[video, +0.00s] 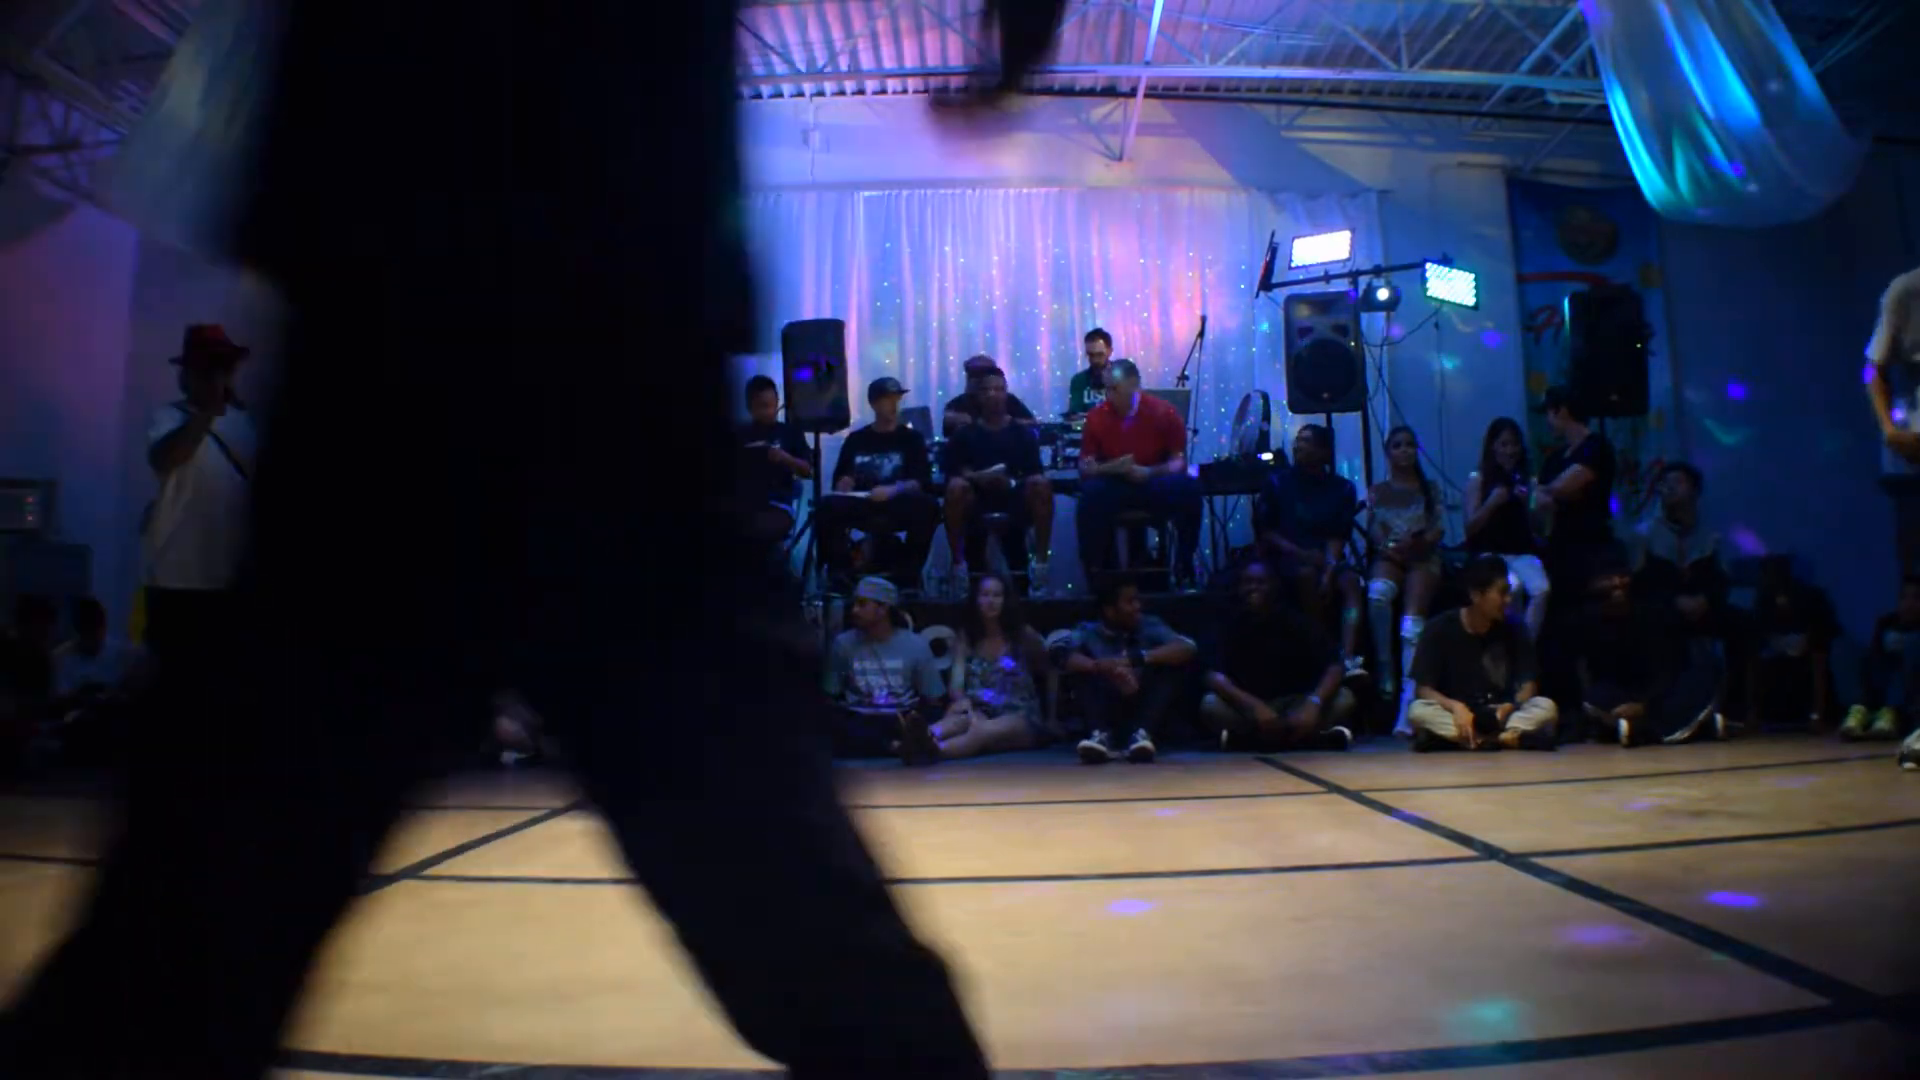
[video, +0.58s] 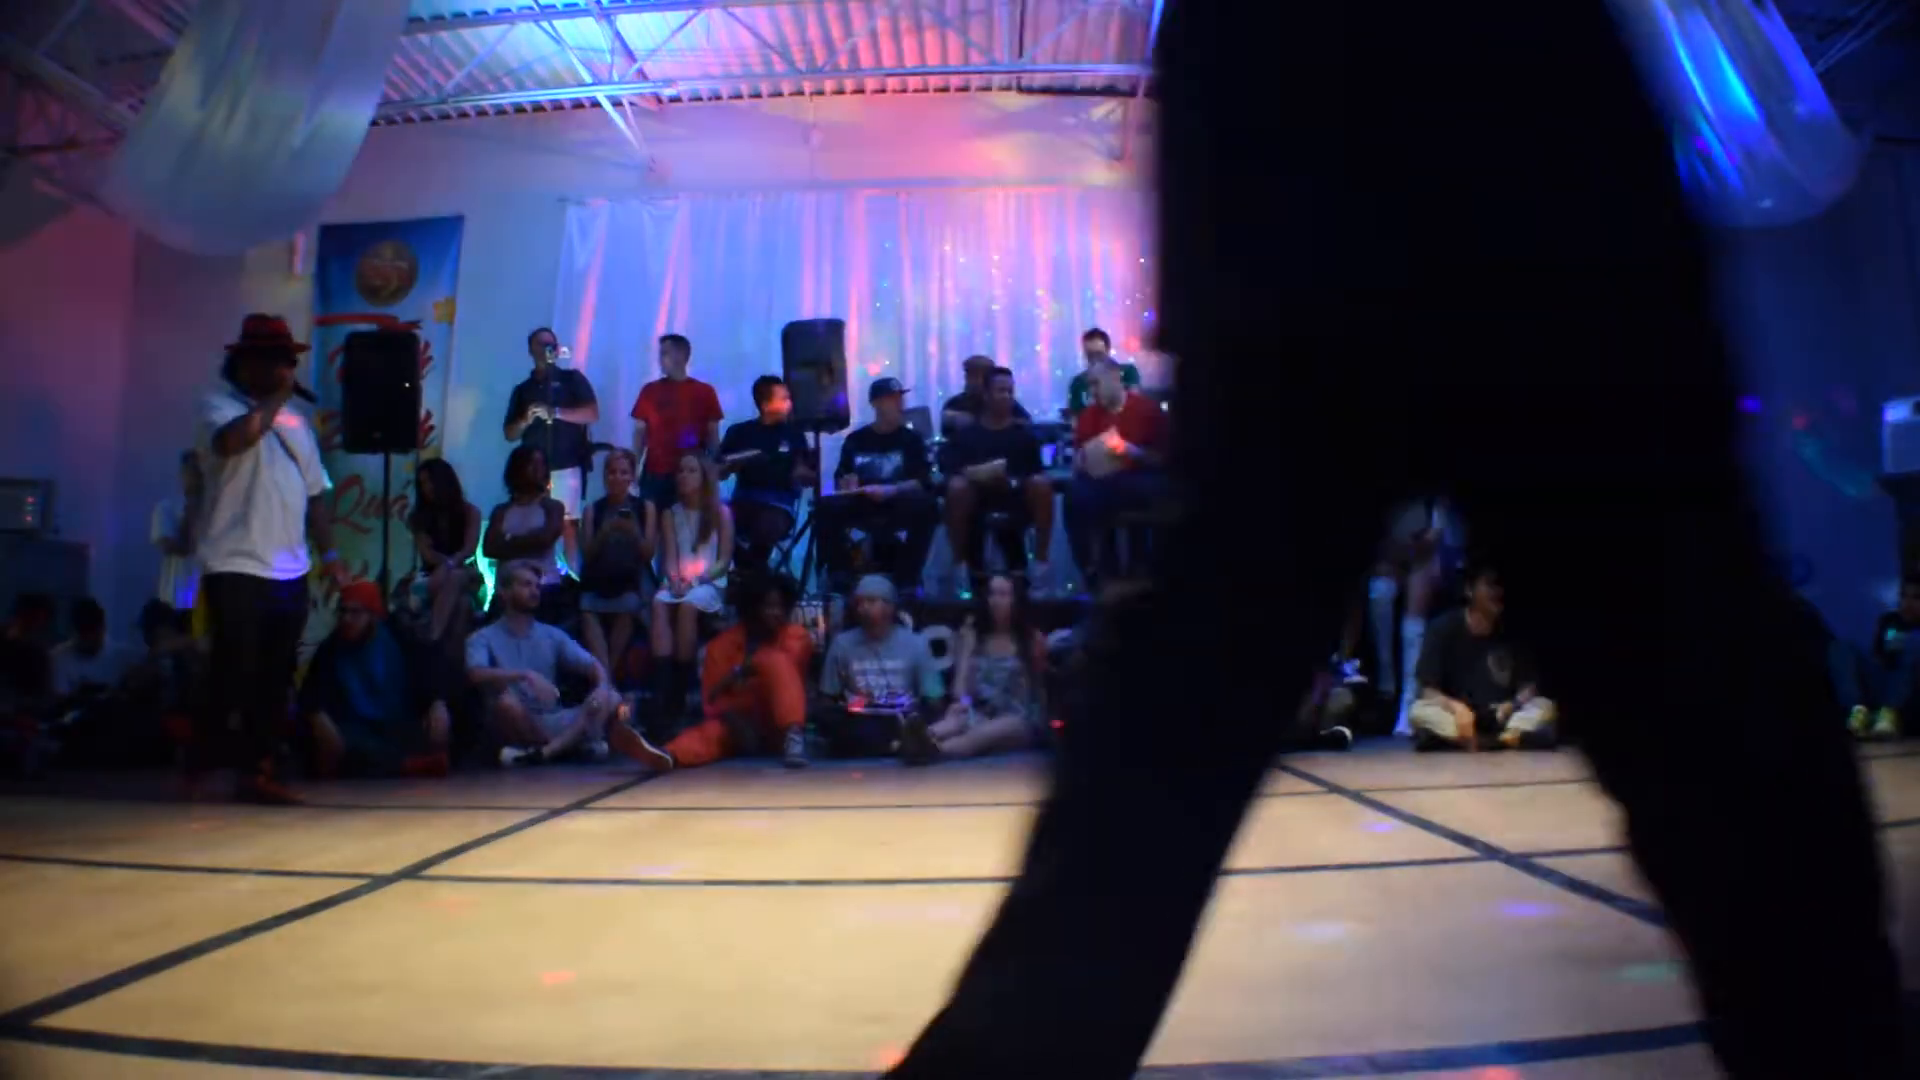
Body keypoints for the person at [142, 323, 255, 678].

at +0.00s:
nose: (217, 381)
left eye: (223, 370)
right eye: (207, 371)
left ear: (231, 372)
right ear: (188, 374)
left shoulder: (245, 424)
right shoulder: (170, 417)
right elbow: (164, 461)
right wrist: (206, 413)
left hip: (234, 576)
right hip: (177, 580)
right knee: (174, 687)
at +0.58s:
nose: (285, 374)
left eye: (289, 365)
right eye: (275, 364)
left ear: (292, 370)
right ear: (249, 368)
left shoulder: (297, 422)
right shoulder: (221, 405)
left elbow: (317, 498)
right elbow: (227, 443)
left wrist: (329, 557)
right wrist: (271, 403)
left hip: (287, 567)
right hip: (234, 563)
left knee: (276, 674)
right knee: (235, 668)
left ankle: (266, 769)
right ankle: (216, 767)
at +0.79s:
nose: (299, 367)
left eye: (301, 358)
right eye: (289, 358)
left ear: (298, 366)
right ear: (259, 360)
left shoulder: (301, 423)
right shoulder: (232, 406)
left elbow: (313, 499)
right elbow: (261, 437)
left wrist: (338, 550)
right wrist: (303, 396)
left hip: (291, 569)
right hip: (246, 565)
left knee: (279, 675)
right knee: (256, 671)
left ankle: (261, 772)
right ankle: (244, 778)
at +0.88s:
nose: (305, 366)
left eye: (307, 356)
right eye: (296, 355)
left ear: (302, 364)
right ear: (266, 357)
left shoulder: (296, 415)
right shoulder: (241, 404)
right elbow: (278, 437)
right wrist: (314, 394)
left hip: (292, 570)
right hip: (252, 567)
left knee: (282, 676)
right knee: (260, 675)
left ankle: (270, 769)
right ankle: (255, 774)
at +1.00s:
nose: (316, 365)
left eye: (317, 357)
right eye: (309, 355)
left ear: (289, 358)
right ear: (281, 354)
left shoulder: (285, 404)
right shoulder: (254, 398)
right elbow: (306, 436)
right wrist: (333, 393)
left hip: (291, 563)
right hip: (266, 563)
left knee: (282, 673)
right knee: (271, 673)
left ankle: (271, 770)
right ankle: (260, 775)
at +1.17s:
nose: (333, 359)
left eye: (332, 350)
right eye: (325, 350)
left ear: (290, 351)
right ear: (301, 351)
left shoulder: (274, 392)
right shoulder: (285, 395)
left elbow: (344, 434)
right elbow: (348, 437)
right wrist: (354, 392)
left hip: (282, 556)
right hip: (286, 558)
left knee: (285, 672)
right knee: (287, 673)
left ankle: (276, 774)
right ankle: (270, 778)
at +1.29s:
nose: (345, 360)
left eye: (344, 351)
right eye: (339, 351)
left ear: (298, 351)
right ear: (318, 352)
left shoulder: (279, 394)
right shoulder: (308, 397)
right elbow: (370, 442)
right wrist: (363, 397)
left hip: (271, 551)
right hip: (294, 556)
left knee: (282, 670)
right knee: (293, 671)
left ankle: (273, 775)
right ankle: (278, 778)